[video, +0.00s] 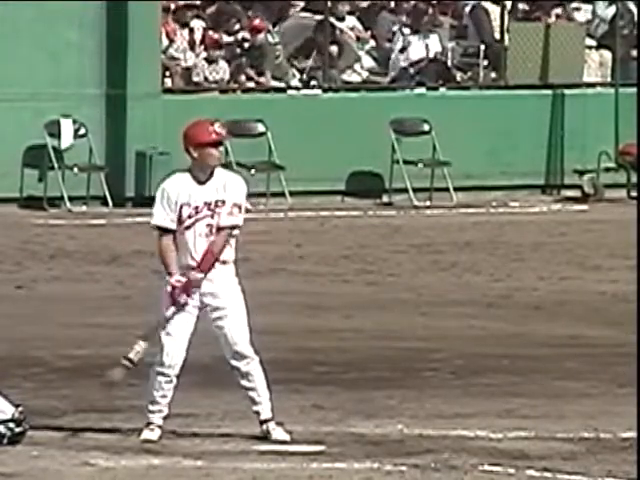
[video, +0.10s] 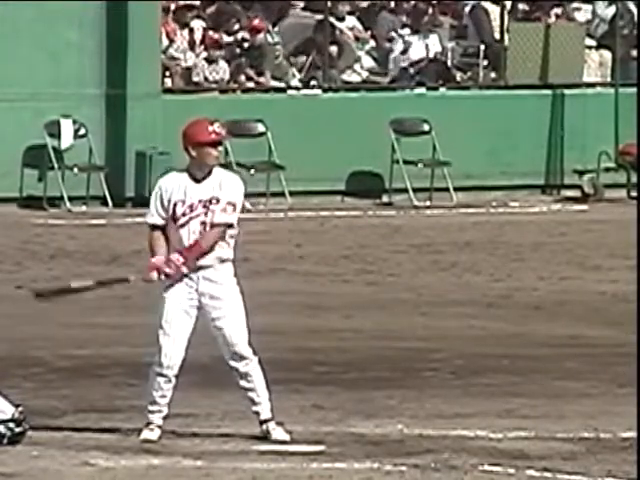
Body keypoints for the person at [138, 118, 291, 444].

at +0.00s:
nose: (220, 151)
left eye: (220, 146)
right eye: (213, 147)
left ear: (219, 149)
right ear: (194, 152)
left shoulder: (233, 184)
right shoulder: (172, 187)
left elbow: (225, 234)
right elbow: (165, 236)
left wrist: (200, 272)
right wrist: (175, 275)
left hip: (221, 276)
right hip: (184, 278)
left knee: (241, 350)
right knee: (169, 357)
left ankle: (267, 420)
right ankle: (154, 421)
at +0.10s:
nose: (218, 151)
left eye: (218, 145)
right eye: (210, 146)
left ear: (219, 148)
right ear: (192, 150)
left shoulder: (230, 184)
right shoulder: (168, 185)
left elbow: (216, 232)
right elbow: (157, 227)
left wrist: (183, 262)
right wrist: (159, 257)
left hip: (218, 276)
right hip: (180, 278)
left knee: (239, 350)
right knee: (168, 357)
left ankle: (267, 420)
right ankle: (154, 421)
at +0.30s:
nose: (219, 150)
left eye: (220, 145)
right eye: (212, 146)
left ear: (219, 147)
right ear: (193, 149)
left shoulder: (229, 180)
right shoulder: (167, 182)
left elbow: (208, 221)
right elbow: (156, 229)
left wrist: (163, 218)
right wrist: (143, 218)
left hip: (218, 275)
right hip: (178, 277)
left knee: (239, 350)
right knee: (168, 357)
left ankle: (267, 420)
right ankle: (154, 422)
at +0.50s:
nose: (222, 148)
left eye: (222, 143)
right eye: (215, 144)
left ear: (221, 146)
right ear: (195, 149)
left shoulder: (233, 180)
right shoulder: (172, 181)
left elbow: (221, 221)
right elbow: (155, 231)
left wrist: (183, 204)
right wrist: (159, 203)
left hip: (221, 275)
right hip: (181, 276)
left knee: (241, 350)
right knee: (170, 357)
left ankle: (267, 421)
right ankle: (155, 421)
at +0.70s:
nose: (226, 149)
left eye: (227, 144)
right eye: (220, 144)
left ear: (225, 147)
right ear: (202, 148)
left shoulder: (237, 178)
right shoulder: (181, 184)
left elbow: (249, 220)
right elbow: (175, 235)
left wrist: (222, 211)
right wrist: (196, 214)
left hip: (226, 274)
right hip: (188, 277)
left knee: (245, 351)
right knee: (175, 356)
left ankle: (268, 421)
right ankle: (155, 421)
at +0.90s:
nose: (234, 151)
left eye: (234, 146)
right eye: (228, 147)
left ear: (227, 149)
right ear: (210, 151)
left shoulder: (238, 177)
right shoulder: (192, 190)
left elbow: (261, 219)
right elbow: (211, 238)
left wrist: (263, 213)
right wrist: (237, 216)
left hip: (229, 276)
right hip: (194, 279)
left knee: (246, 351)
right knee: (181, 355)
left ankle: (267, 421)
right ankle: (156, 421)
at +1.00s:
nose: (238, 153)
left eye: (238, 147)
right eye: (232, 148)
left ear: (230, 150)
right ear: (214, 153)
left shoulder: (240, 178)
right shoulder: (200, 193)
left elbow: (256, 223)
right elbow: (229, 239)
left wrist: (276, 215)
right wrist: (259, 219)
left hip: (230, 277)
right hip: (196, 280)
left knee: (247, 351)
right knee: (183, 356)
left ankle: (268, 421)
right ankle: (156, 422)